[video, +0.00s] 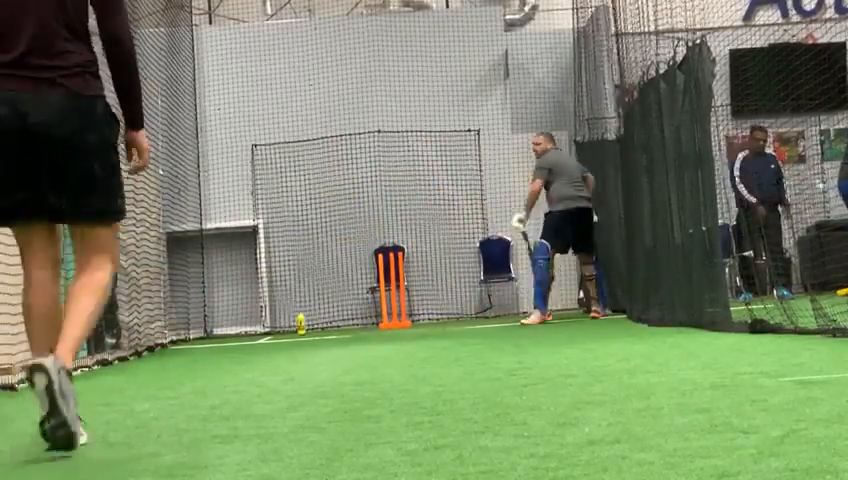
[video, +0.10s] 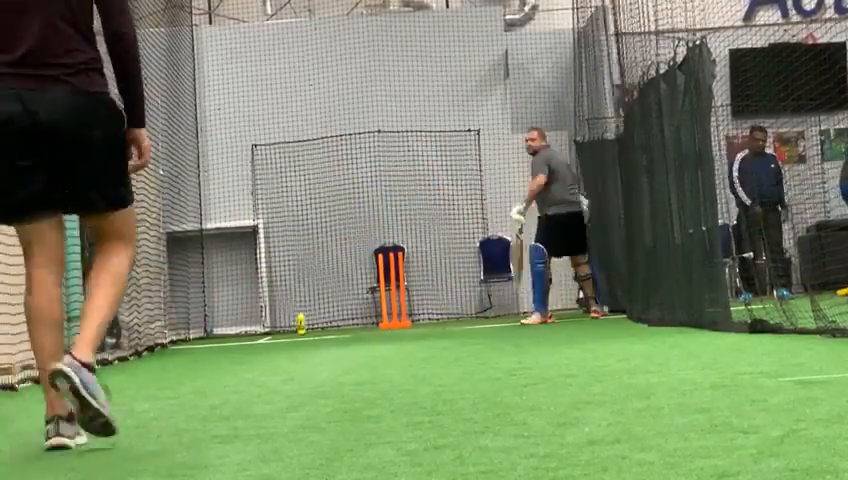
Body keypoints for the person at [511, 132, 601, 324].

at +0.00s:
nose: (533, 148)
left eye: (537, 144)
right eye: (533, 145)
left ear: (549, 144)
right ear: (552, 146)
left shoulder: (544, 160)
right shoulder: (570, 158)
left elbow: (536, 188)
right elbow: (589, 178)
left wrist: (525, 213)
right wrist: (585, 203)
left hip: (560, 213)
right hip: (583, 212)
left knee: (543, 257)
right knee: (587, 260)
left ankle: (540, 310)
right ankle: (596, 307)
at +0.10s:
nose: (528, 144)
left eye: (532, 140)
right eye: (527, 141)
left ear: (543, 141)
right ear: (544, 142)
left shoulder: (540, 158)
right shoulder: (560, 156)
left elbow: (540, 181)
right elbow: (573, 181)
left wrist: (524, 205)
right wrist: (578, 198)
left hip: (552, 217)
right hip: (574, 215)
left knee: (541, 262)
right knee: (580, 261)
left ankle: (541, 311)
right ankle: (594, 306)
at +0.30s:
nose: (517, 140)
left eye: (521, 137)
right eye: (514, 137)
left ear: (529, 139)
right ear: (511, 140)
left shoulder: (538, 156)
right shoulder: (516, 161)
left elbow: (558, 176)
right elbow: (527, 187)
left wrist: (546, 199)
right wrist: (528, 213)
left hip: (552, 211)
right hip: (537, 213)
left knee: (540, 258)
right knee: (555, 260)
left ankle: (541, 312)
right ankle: (583, 300)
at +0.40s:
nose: (513, 138)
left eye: (517, 135)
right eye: (510, 135)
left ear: (525, 136)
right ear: (506, 139)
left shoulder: (540, 155)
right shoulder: (505, 166)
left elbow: (560, 178)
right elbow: (512, 193)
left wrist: (552, 197)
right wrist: (509, 219)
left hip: (547, 212)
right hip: (526, 216)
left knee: (542, 254)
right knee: (535, 257)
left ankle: (541, 311)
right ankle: (574, 297)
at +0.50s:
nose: (511, 137)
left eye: (515, 133)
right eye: (507, 134)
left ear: (523, 135)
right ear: (504, 137)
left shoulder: (539, 155)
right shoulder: (502, 165)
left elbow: (557, 177)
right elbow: (502, 194)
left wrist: (553, 197)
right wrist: (496, 212)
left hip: (542, 213)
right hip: (522, 216)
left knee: (539, 258)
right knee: (526, 257)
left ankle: (540, 309)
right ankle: (560, 297)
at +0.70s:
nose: (509, 142)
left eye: (511, 138)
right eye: (505, 139)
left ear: (515, 136)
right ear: (499, 138)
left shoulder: (531, 154)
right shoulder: (495, 156)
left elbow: (550, 176)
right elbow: (486, 162)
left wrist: (559, 193)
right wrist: (492, 150)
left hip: (530, 216)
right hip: (508, 217)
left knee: (529, 261)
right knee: (509, 263)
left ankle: (538, 310)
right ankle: (521, 304)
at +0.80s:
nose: (498, 133)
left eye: (501, 129)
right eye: (495, 130)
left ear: (512, 133)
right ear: (492, 135)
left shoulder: (526, 154)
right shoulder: (490, 155)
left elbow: (543, 177)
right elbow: (483, 160)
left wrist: (558, 196)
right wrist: (496, 144)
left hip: (524, 217)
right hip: (500, 217)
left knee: (527, 261)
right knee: (497, 263)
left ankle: (539, 311)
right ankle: (500, 308)